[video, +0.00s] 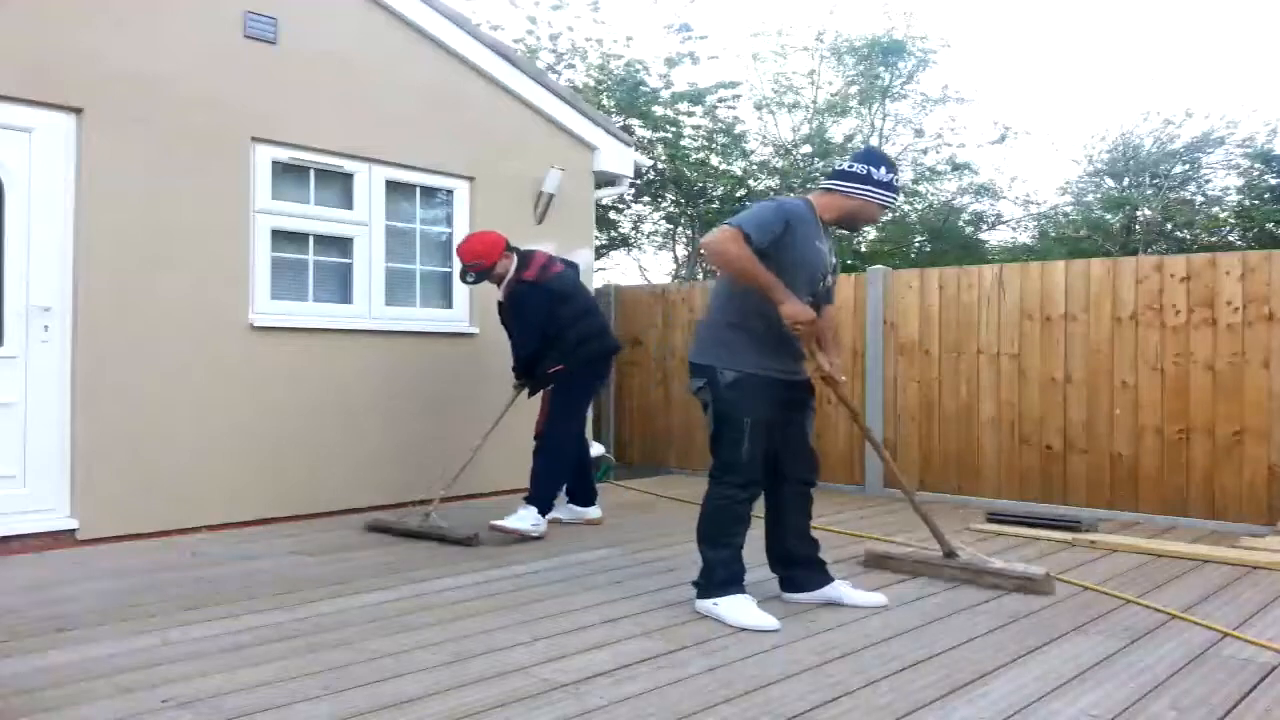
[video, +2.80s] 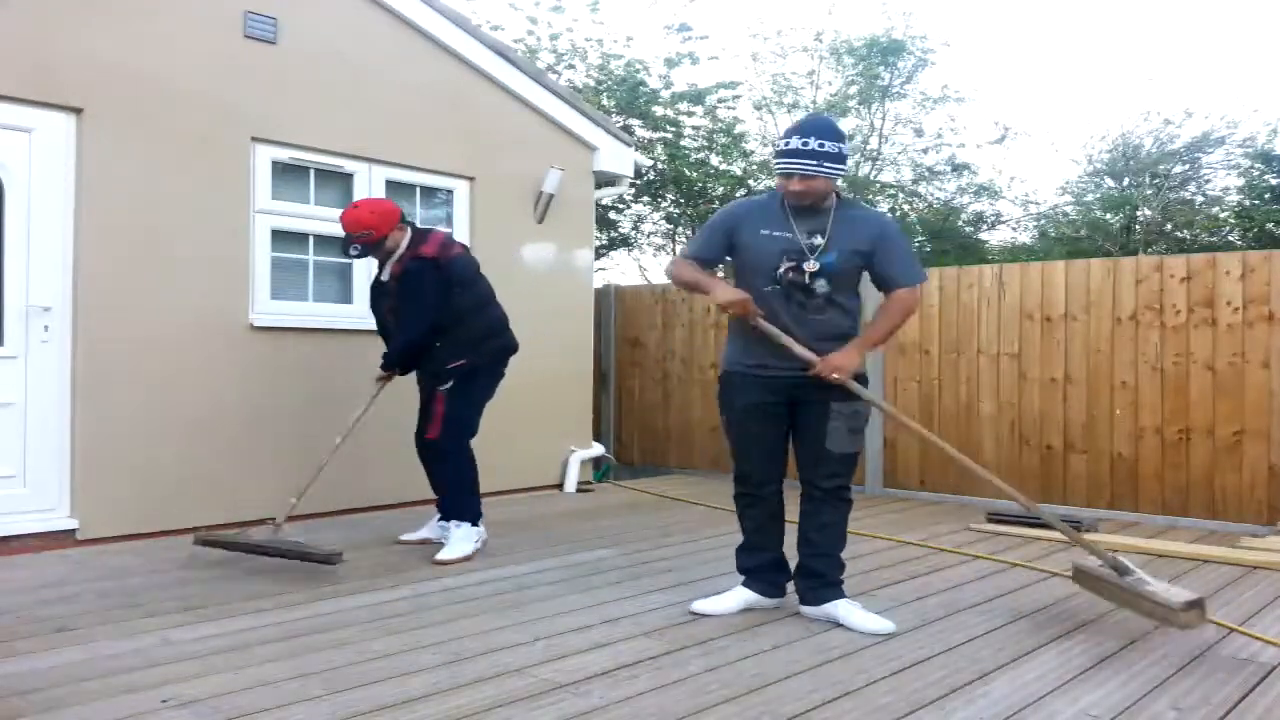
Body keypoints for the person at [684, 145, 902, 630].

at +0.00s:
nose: (877, 219)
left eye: (882, 211)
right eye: (880, 209)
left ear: (852, 192)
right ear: (860, 194)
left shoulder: (825, 250)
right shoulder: (786, 211)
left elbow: (819, 311)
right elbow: (719, 243)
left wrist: (828, 355)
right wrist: (783, 298)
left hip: (786, 374)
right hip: (735, 367)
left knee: (794, 478)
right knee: (736, 478)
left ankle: (803, 580)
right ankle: (718, 589)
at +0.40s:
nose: (899, 224)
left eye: (904, 216)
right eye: (900, 213)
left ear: (871, 197)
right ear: (881, 199)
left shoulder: (843, 257)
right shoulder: (817, 217)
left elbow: (849, 321)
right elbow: (783, 283)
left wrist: (866, 377)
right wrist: (824, 336)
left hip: (792, 368)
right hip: (752, 361)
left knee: (798, 474)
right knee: (762, 471)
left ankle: (803, 579)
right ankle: (724, 584)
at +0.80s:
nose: (874, 213)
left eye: (878, 205)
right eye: (876, 202)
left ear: (846, 188)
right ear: (855, 189)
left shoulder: (822, 246)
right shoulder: (786, 212)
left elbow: (823, 308)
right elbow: (733, 260)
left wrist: (851, 351)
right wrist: (808, 299)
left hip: (792, 376)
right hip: (744, 370)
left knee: (789, 483)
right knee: (735, 481)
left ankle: (803, 581)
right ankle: (704, 591)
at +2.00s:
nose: (917, 204)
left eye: (923, 195)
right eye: (915, 191)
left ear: (900, 184)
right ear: (887, 175)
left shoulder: (892, 241)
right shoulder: (794, 206)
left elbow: (890, 310)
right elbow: (708, 232)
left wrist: (872, 340)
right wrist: (774, 256)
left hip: (833, 381)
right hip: (759, 369)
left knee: (820, 490)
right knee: (737, 482)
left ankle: (820, 594)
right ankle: (714, 592)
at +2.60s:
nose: (874, 198)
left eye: (882, 188)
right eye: (865, 186)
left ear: (887, 183)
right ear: (835, 173)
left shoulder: (888, 236)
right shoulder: (768, 213)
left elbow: (912, 309)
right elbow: (702, 270)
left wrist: (887, 377)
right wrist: (759, 315)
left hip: (838, 386)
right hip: (758, 378)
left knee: (831, 489)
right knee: (755, 484)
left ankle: (822, 593)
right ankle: (762, 583)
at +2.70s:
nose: (822, 190)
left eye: (836, 180)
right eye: (812, 177)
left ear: (856, 179)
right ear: (796, 169)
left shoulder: (877, 229)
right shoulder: (752, 215)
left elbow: (913, 298)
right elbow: (692, 270)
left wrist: (877, 363)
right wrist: (739, 298)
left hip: (836, 381)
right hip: (756, 378)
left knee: (830, 489)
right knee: (756, 484)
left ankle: (822, 593)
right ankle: (762, 584)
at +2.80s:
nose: (794, 185)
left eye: (807, 177)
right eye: (787, 174)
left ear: (835, 175)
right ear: (777, 167)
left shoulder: (869, 226)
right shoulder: (742, 216)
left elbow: (908, 292)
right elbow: (681, 266)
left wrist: (858, 349)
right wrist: (716, 286)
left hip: (830, 380)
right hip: (753, 377)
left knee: (828, 488)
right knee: (755, 484)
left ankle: (822, 593)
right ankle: (762, 584)